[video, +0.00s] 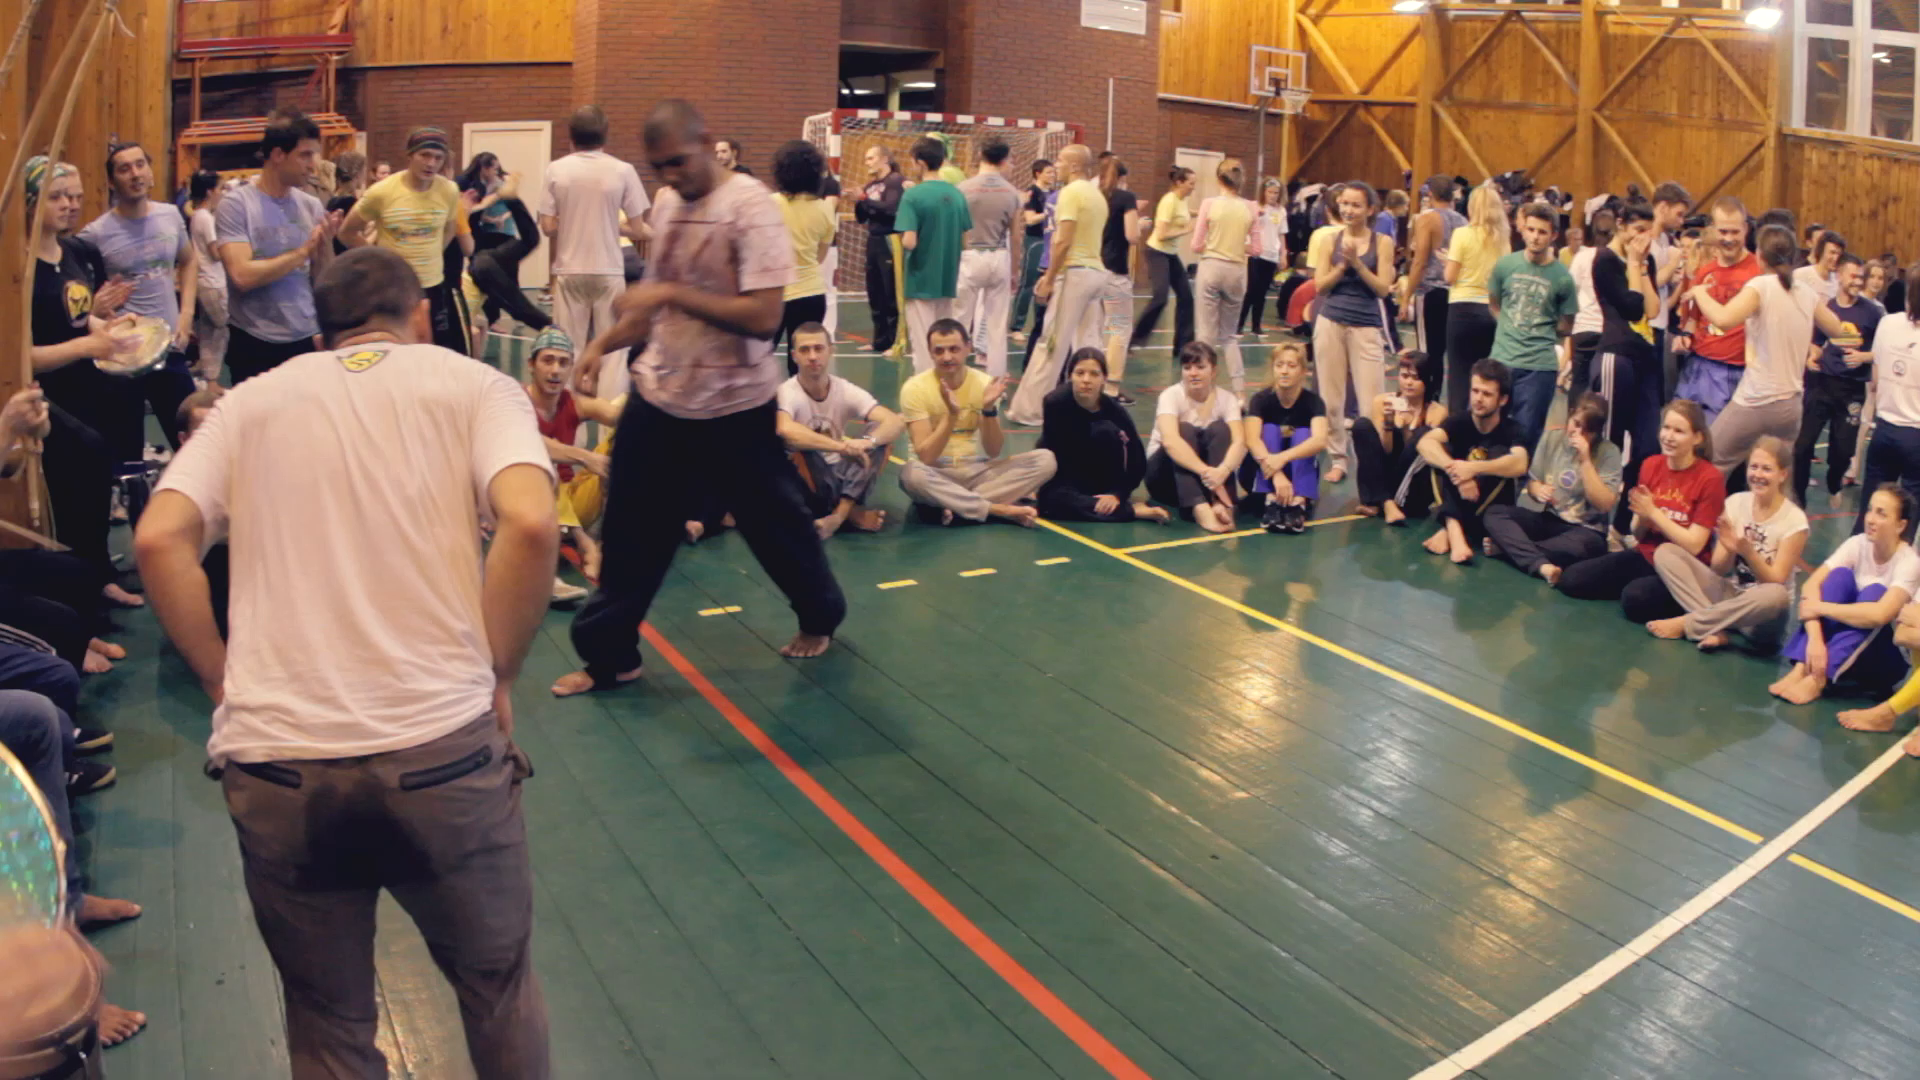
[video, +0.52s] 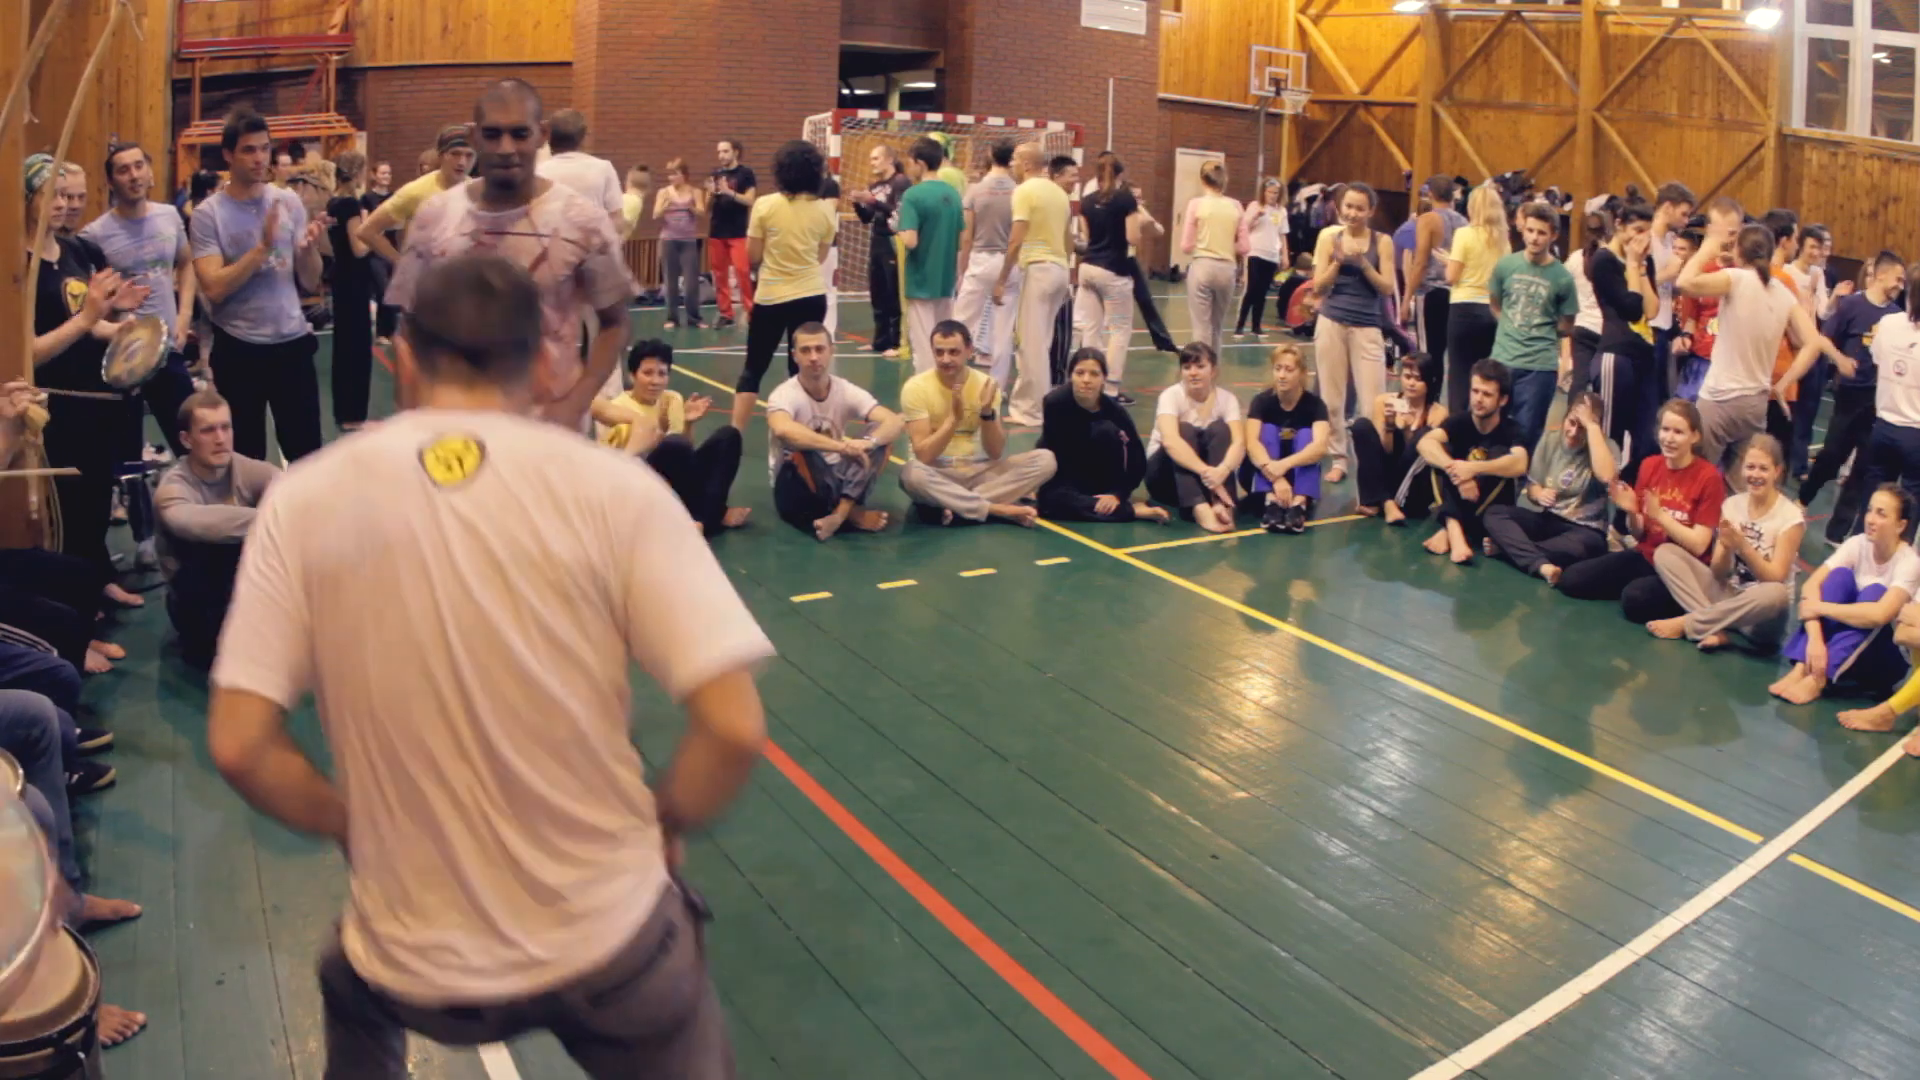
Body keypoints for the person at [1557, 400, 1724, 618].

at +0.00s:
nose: (1668, 436)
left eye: (1679, 431)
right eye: (1666, 428)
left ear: (1697, 439)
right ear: (1660, 429)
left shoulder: (1710, 478)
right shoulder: (1650, 465)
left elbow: (1694, 544)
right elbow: (1637, 533)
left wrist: (1651, 512)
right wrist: (1643, 512)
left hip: (1682, 567)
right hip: (1646, 555)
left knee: (1634, 601)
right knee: (1570, 581)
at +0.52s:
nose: (1669, 438)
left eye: (1678, 432)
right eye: (1665, 429)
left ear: (1695, 437)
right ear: (1658, 431)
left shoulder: (1709, 477)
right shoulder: (1649, 465)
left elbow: (1698, 545)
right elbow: (1638, 533)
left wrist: (1660, 514)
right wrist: (1631, 511)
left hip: (1682, 567)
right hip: (1646, 556)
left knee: (1634, 601)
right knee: (1570, 581)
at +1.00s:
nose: (1669, 436)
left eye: (1678, 429)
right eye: (1665, 428)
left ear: (1696, 434)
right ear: (1658, 430)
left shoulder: (1711, 476)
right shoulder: (1650, 465)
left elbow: (1699, 545)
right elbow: (1639, 531)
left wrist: (1660, 519)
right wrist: (1628, 510)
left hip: (1683, 565)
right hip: (1646, 555)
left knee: (1634, 601)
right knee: (1570, 581)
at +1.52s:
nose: (1670, 436)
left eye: (1679, 429)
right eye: (1666, 428)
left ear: (1696, 434)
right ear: (1658, 431)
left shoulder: (1712, 477)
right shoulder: (1651, 466)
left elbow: (1700, 545)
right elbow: (1639, 533)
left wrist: (1659, 518)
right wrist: (1633, 515)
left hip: (1683, 567)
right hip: (1646, 556)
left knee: (1634, 601)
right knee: (1570, 581)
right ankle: (1636, 580)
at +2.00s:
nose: (1669, 436)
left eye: (1678, 429)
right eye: (1664, 428)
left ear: (1696, 434)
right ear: (1657, 431)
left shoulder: (1712, 477)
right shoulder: (1652, 466)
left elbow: (1701, 545)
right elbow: (1641, 533)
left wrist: (1661, 520)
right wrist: (1633, 515)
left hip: (1683, 567)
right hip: (1647, 556)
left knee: (1634, 601)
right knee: (1570, 581)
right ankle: (1636, 580)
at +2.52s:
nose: (1669, 437)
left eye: (1678, 430)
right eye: (1665, 429)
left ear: (1695, 434)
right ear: (1657, 432)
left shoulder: (1712, 476)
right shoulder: (1651, 466)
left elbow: (1700, 544)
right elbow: (1640, 532)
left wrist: (1661, 519)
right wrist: (1632, 513)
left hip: (1683, 567)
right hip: (1647, 556)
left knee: (1634, 601)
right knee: (1570, 581)